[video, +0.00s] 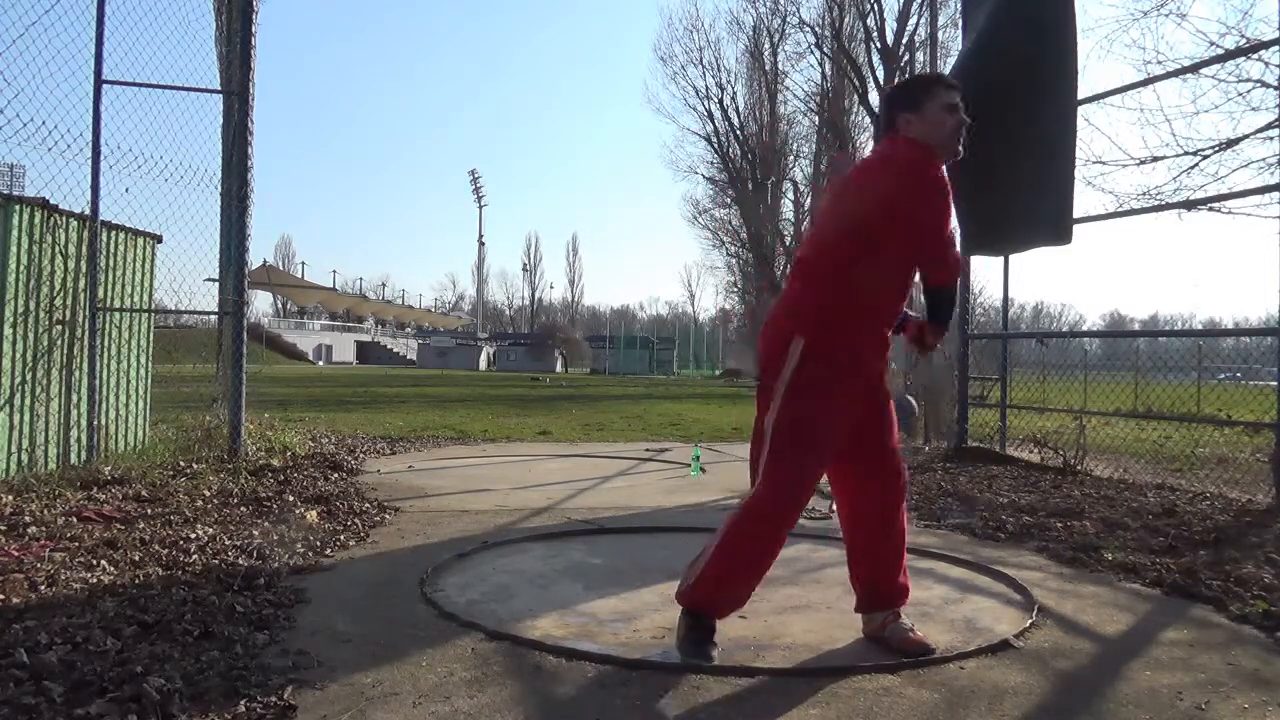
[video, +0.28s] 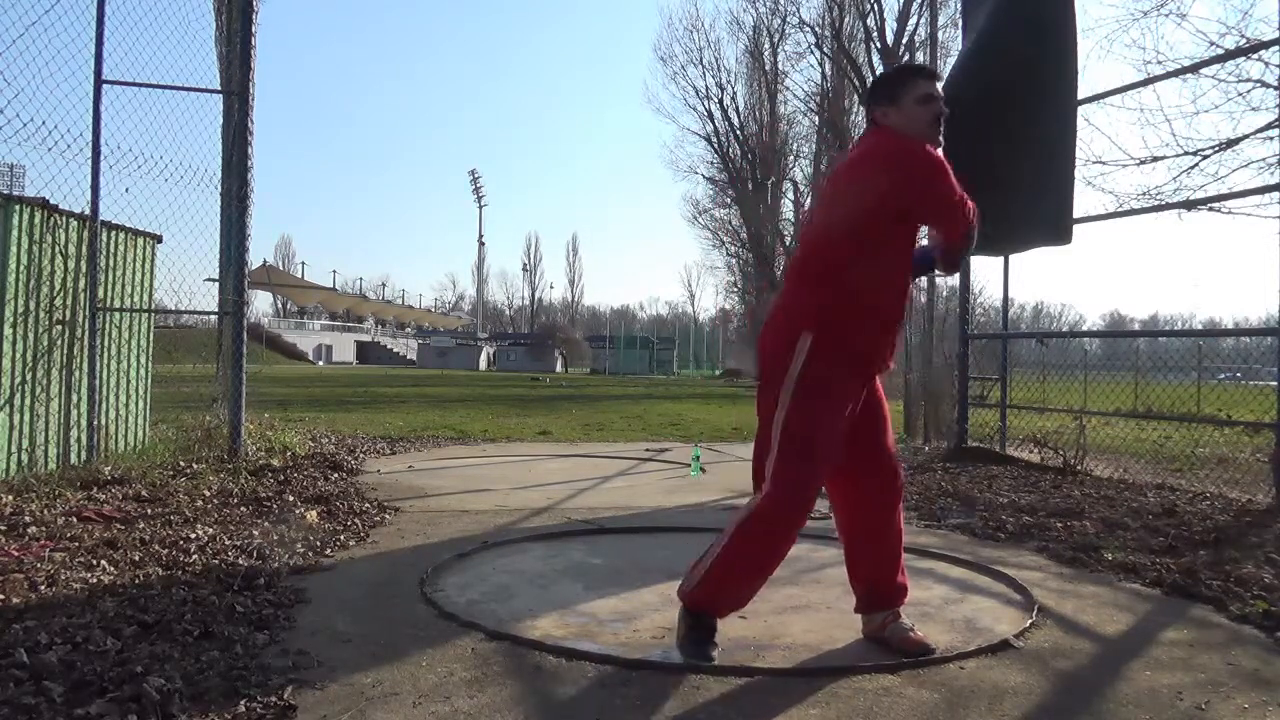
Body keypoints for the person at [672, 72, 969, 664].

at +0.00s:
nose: (964, 121)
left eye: (962, 112)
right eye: (950, 110)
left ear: (906, 124)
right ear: (907, 119)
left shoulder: (868, 172)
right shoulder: (920, 169)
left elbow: (851, 271)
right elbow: (942, 266)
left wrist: (905, 322)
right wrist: (937, 323)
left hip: (857, 350)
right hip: (813, 342)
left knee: (877, 481)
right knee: (781, 490)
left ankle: (882, 616)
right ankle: (700, 604)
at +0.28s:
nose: (941, 109)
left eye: (940, 101)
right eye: (927, 102)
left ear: (896, 118)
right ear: (887, 113)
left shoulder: (870, 160)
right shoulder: (909, 157)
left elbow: (858, 246)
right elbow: (962, 222)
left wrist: (918, 257)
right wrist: (947, 256)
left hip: (850, 352)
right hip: (812, 345)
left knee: (874, 484)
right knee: (786, 495)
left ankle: (881, 617)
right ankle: (700, 601)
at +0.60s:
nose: (844, 120)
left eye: (854, 111)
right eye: (829, 110)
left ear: (865, 125)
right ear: (803, 124)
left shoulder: (855, 203)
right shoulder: (793, 179)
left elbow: (871, 295)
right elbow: (889, 235)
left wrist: (953, 294)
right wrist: (967, 271)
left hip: (824, 371)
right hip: (753, 368)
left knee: (871, 476)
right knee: (740, 489)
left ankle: (881, 614)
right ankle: (720, 612)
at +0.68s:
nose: (807, 131)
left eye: (818, 121)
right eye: (794, 122)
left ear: (837, 133)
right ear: (775, 133)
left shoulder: (850, 209)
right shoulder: (754, 199)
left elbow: (864, 291)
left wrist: (933, 323)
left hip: (817, 379)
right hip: (739, 379)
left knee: (866, 480)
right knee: (720, 489)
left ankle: (879, 616)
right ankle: (727, 615)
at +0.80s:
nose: (761, 144)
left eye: (775, 134)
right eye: (752, 136)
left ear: (803, 147)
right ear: (743, 151)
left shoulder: (838, 220)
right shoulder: (721, 218)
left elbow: (859, 318)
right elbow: (726, 302)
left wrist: (872, 373)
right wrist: (721, 367)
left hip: (814, 388)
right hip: (733, 386)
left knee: (856, 483)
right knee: (704, 483)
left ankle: (881, 615)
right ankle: (732, 617)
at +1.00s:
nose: (737, 152)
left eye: (747, 141)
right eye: (741, 142)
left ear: (778, 146)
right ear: (766, 148)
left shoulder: (825, 204)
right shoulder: (751, 215)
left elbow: (789, 284)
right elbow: (714, 266)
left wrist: (708, 310)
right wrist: (685, 296)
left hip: (845, 384)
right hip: (781, 383)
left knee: (842, 523)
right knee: (715, 481)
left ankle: (914, 591)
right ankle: (747, 622)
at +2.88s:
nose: (758, 198)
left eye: (761, 189)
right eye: (761, 190)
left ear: (772, 189)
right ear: (808, 188)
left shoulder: (782, 224)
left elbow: (710, 244)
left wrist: (651, 228)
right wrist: (659, 230)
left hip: (789, 355)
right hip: (824, 359)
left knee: (705, 433)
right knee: (761, 454)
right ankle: (712, 562)